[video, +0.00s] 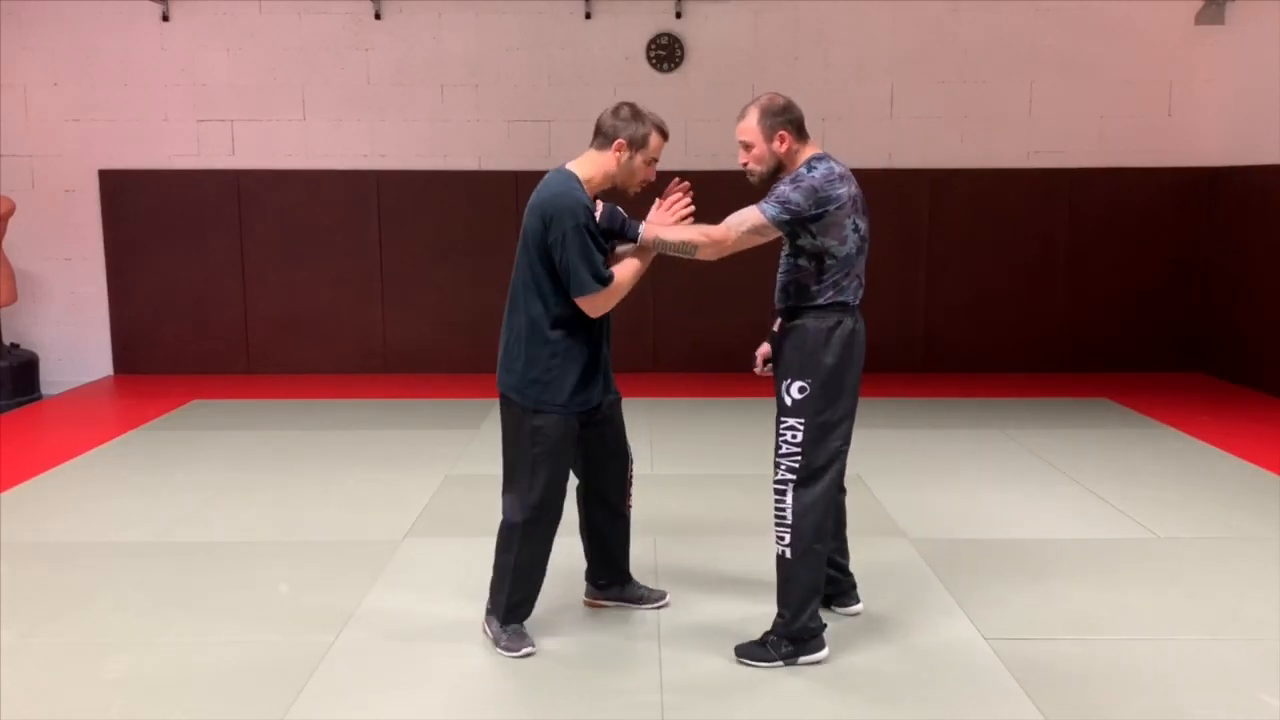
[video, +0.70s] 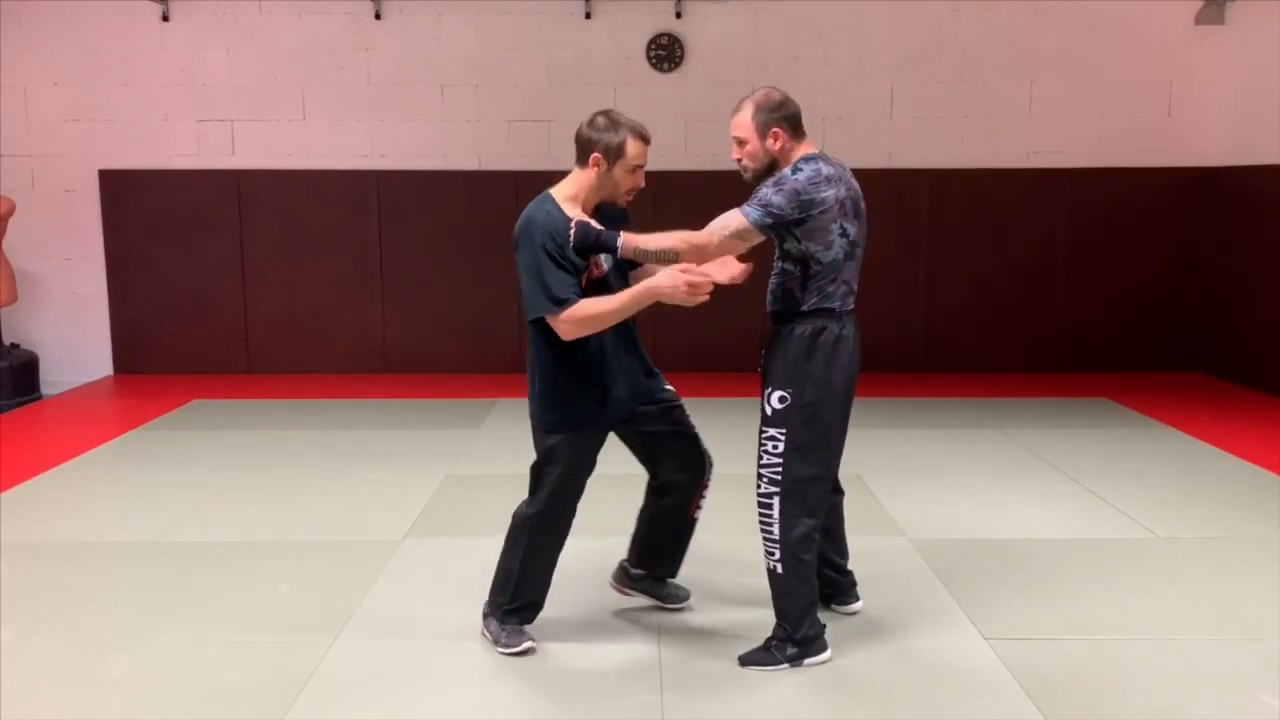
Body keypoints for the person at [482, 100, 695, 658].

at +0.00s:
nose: (651, 175)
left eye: (654, 164)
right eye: (649, 164)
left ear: (618, 151)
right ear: (620, 151)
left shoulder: (588, 194)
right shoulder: (564, 204)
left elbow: (625, 252)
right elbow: (595, 301)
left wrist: (657, 228)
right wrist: (647, 245)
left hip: (585, 372)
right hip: (541, 377)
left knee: (609, 476)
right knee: (533, 502)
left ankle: (608, 580)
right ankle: (505, 615)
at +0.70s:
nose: (642, 182)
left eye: (643, 169)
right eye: (635, 169)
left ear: (602, 165)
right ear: (597, 163)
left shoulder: (609, 216)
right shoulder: (541, 224)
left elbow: (634, 272)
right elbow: (567, 320)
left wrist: (697, 268)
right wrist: (651, 289)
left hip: (626, 377)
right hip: (569, 389)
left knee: (685, 467)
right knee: (550, 505)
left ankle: (644, 571)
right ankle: (505, 613)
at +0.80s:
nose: (670, 188)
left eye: (672, 175)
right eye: (661, 176)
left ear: (629, 171)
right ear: (622, 170)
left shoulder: (656, 218)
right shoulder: (564, 228)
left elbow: (696, 285)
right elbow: (582, 311)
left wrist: (744, 252)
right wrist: (664, 266)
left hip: (654, 378)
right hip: (590, 393)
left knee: (721, 467)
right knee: (563, 507)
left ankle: (711, 580)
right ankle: (507, 614)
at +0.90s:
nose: (720, 191)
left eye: (725, 178)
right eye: (709, 178)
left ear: (727, 176)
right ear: (673, 170)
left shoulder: (714, 229)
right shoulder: (615, 217)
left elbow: (734, 300)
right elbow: (590, 280)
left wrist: (759, 260)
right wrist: (680, 257)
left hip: (693, 390)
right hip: (622, 396)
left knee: (757, 472)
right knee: (576, 504)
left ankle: (790, 579)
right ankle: (510, 610)